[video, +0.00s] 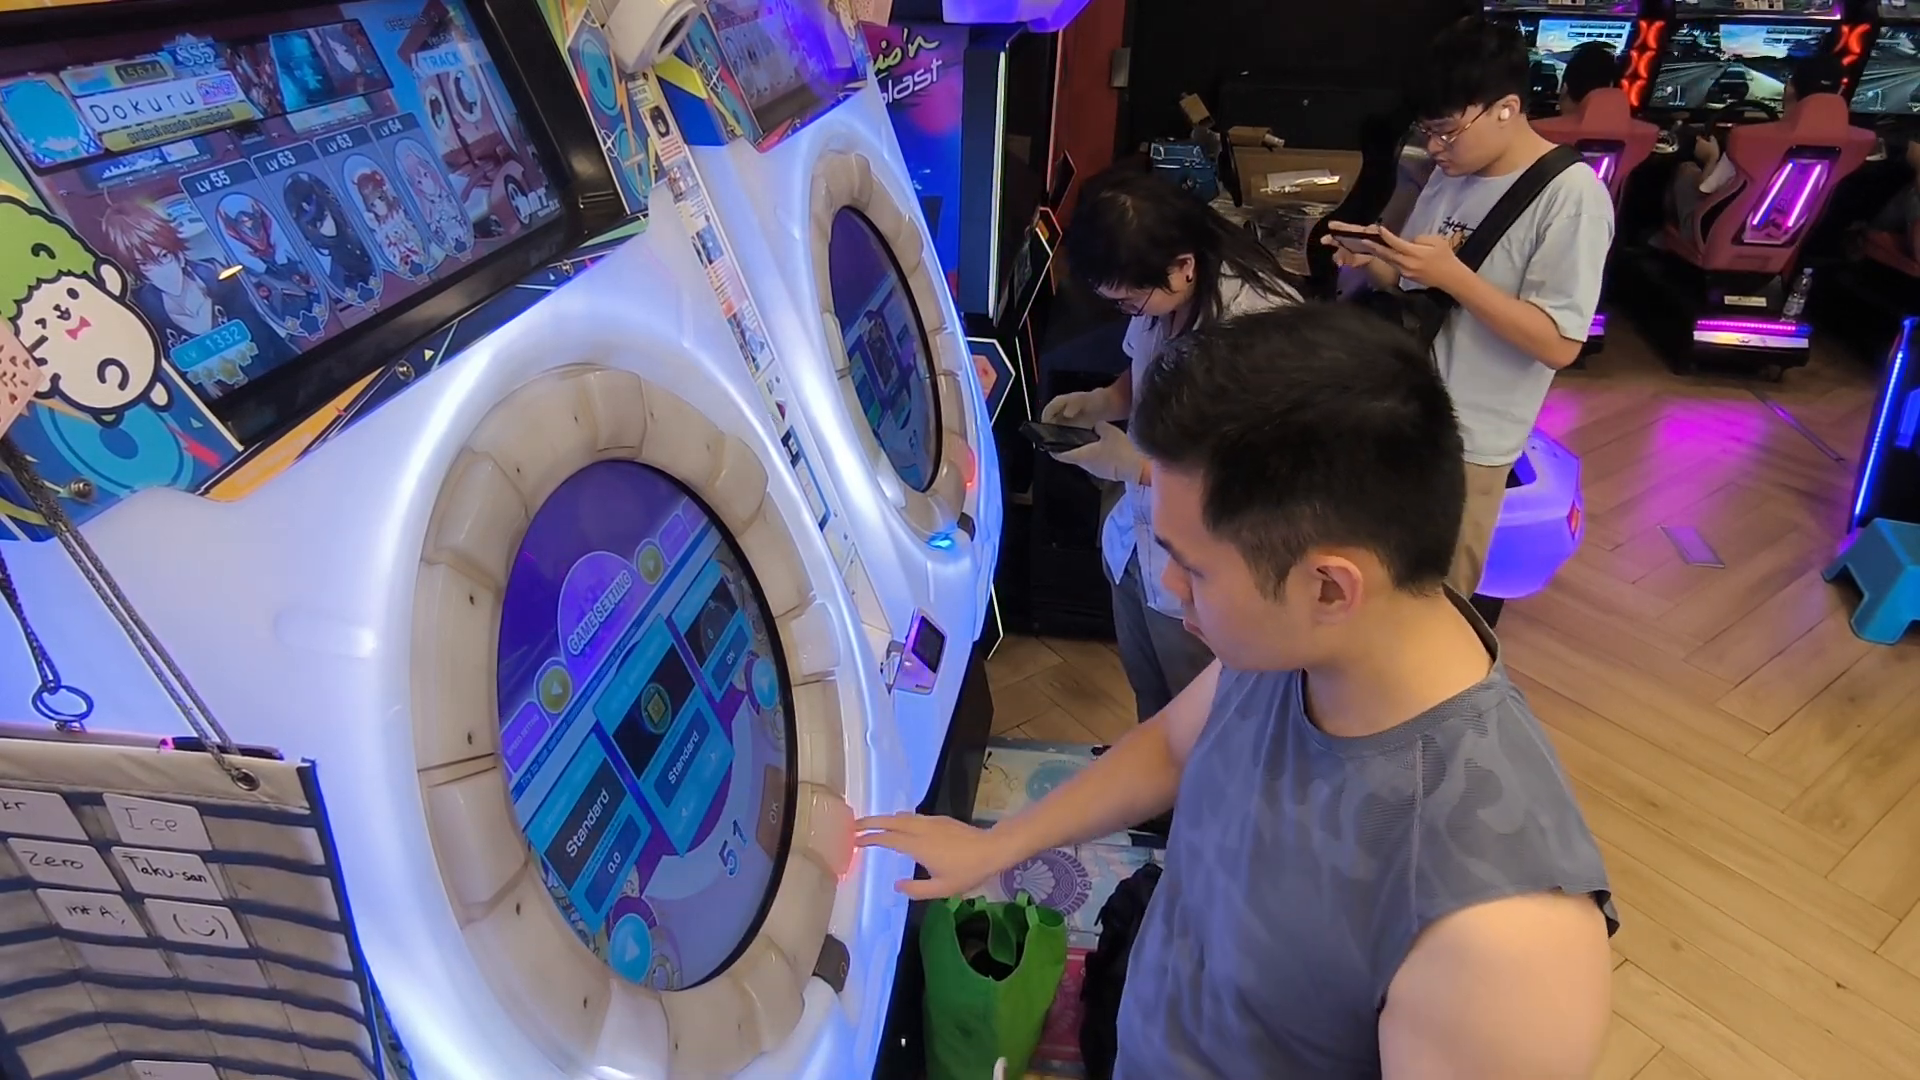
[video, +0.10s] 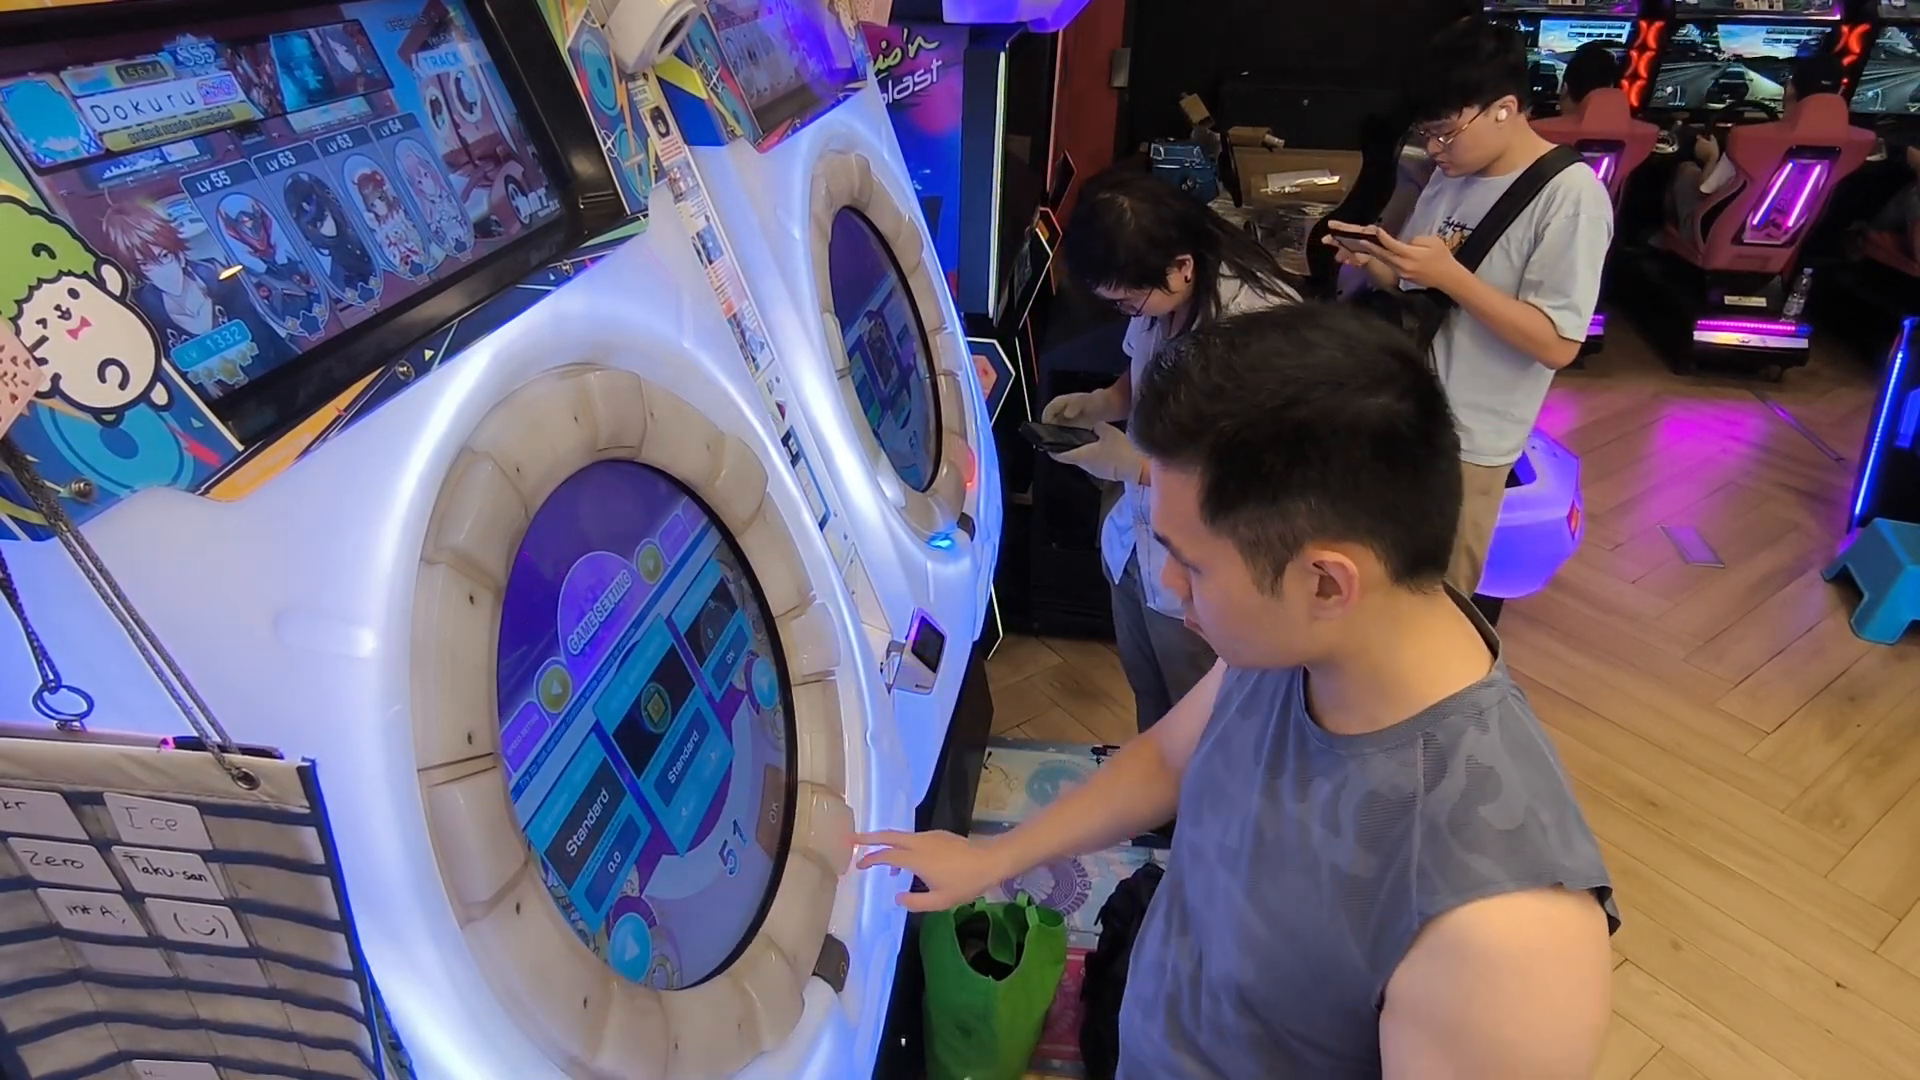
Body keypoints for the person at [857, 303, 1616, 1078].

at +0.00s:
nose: (1164, 582)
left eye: (1188, 566)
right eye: (1165, 550)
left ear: (1331, 589)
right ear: (1329, 591)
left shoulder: (1501, 925)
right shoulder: (1288, 642)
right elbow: (1165, 748)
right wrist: (1000, 843)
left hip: (1213, 1073)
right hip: (1140, 984)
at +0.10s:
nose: (1161, 578)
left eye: (1187, 562)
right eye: (1162, 546)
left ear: (1327, 584)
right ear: (1326, 587)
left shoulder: (1500, 922)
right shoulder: (1286, 640)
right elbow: (1163, 761)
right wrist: (1000, 857)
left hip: (1215, 1071)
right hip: (1141, 977)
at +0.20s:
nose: (1172, 583)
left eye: (1195, 564)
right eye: (1172, 550)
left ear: (1333, 583)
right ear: (1332, 586)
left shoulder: (1501, 917)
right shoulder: (1294, 648)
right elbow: (1179, 767)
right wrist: (1020, 876)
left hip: (1224, 1072)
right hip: (1141, 1005)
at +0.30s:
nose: (1179, 586)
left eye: (1204, 564)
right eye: (1181, 550)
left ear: (1345, 588)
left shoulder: (1513, 922)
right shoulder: (1302, 650)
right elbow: (1192, 777)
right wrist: (1039, 913)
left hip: (1232, 1069)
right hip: (1135, 1011)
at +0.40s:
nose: (1186, 587)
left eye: (1211, 571)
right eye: (1192, 555)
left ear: (1359, 598)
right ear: (1355, 596)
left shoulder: (1524, 928)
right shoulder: (1294, 643)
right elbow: (1197, 789)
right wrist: (1074, 941)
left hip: (1215, 1063)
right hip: (1131, 998)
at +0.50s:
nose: (1193, 599)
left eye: (1220, 586)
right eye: (1196, 568)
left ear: (1370, 611)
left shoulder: (1531, 940)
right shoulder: (1291, 645)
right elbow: (1203, 797)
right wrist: (1095, 951)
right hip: (1121, 1013)